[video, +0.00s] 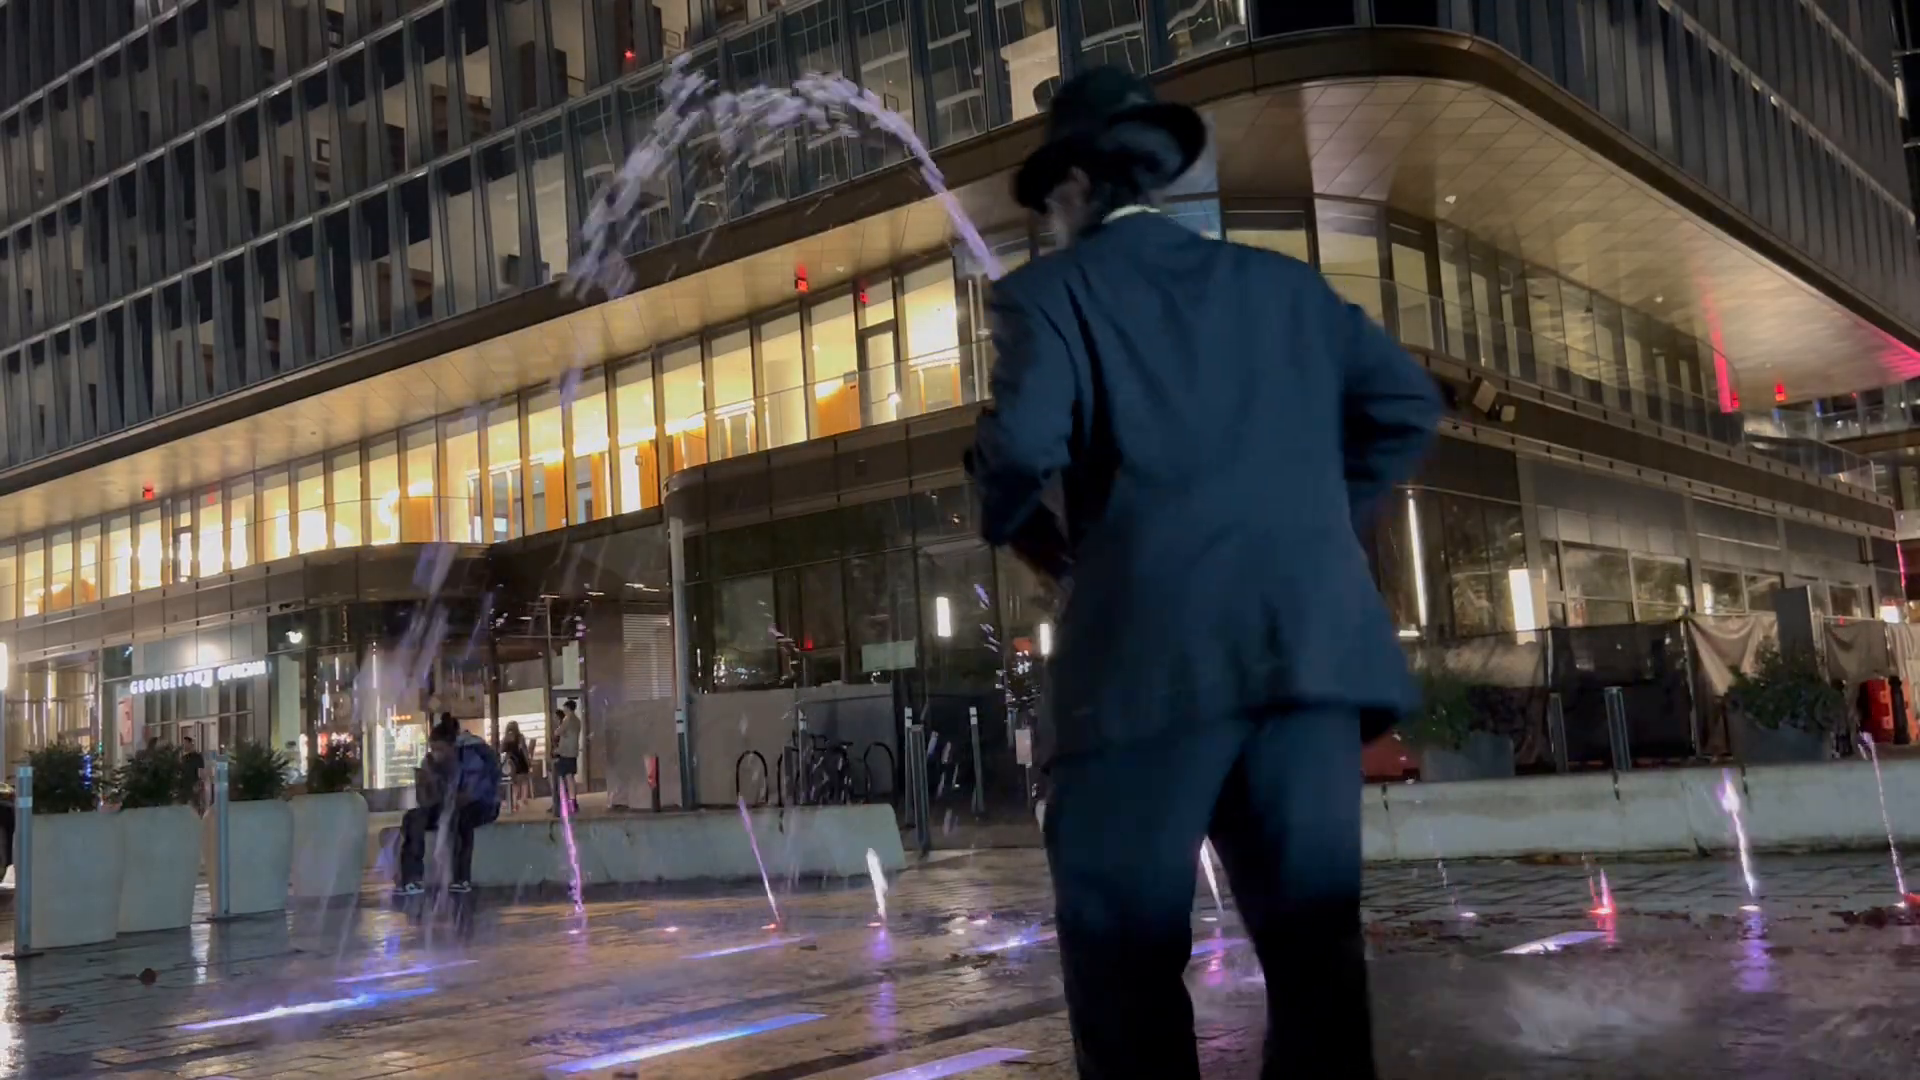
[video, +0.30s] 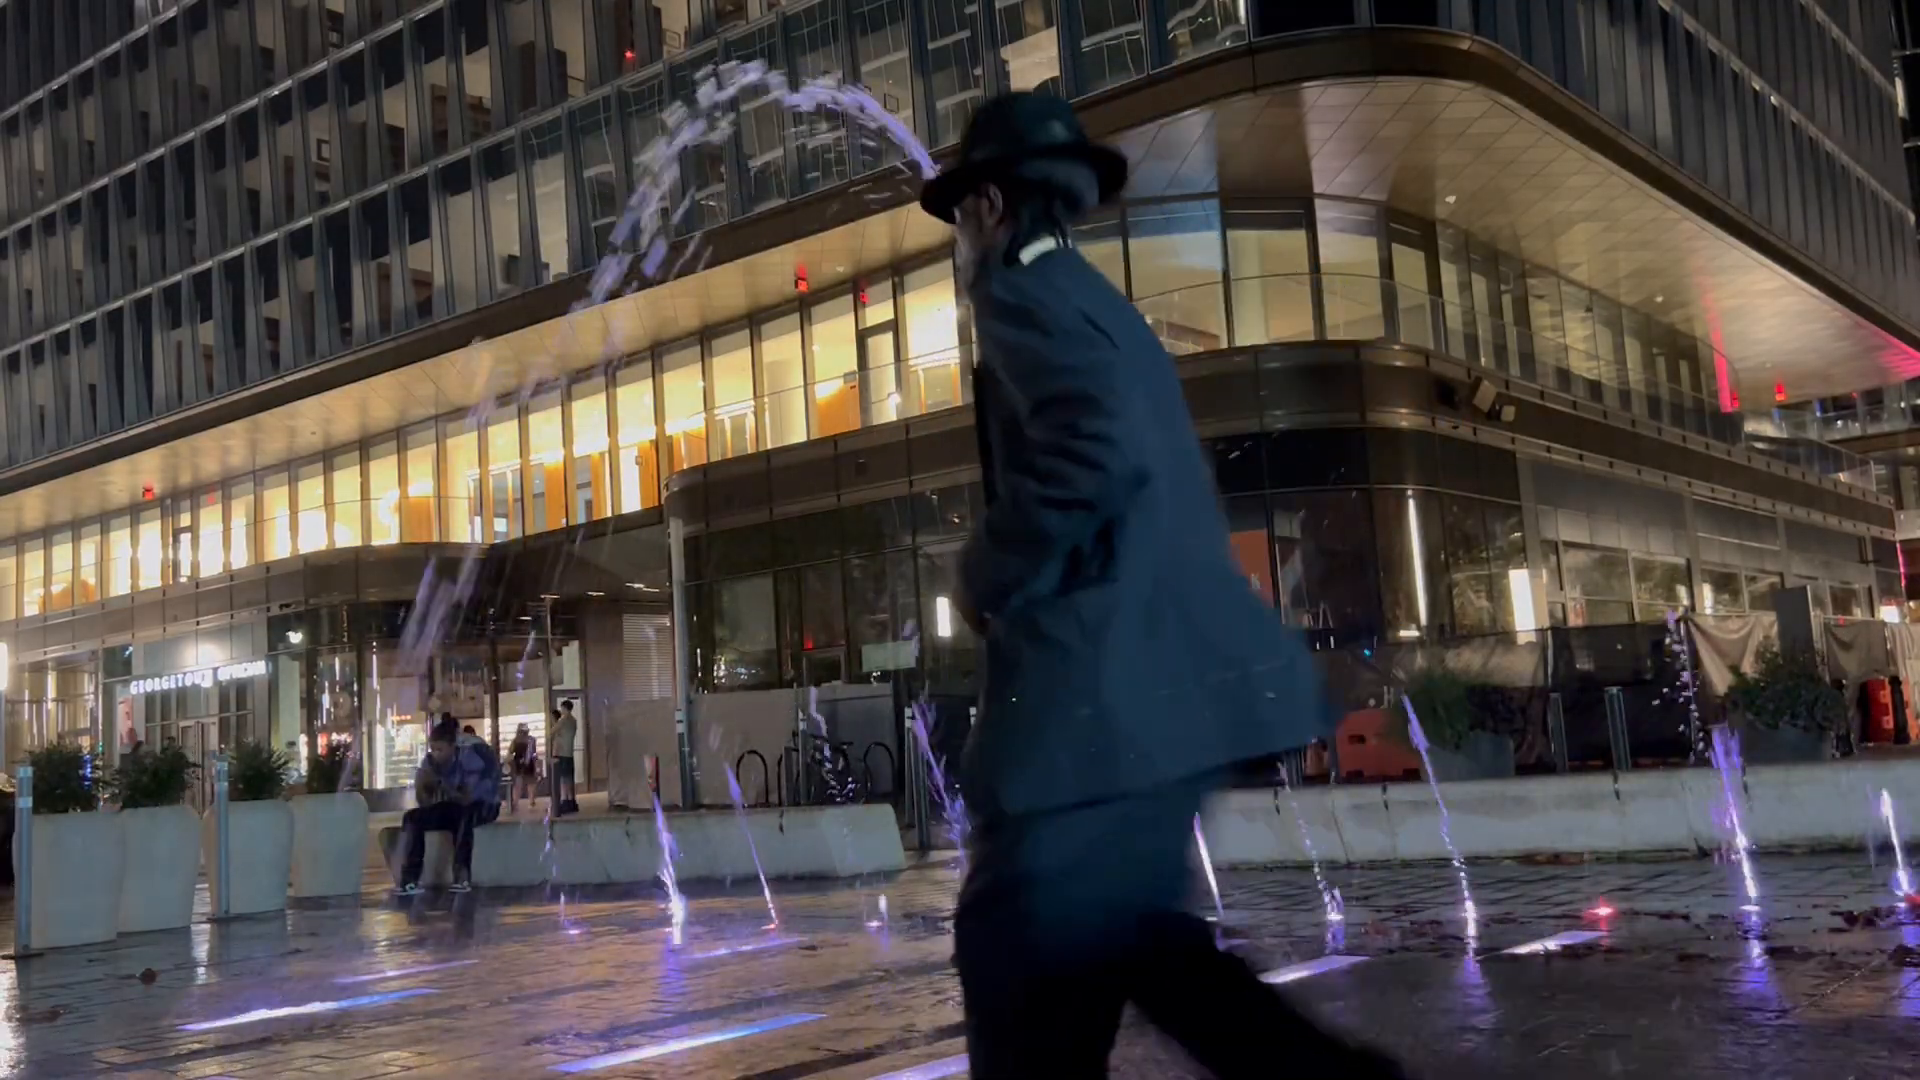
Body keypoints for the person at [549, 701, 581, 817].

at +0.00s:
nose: (564, 711)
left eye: (565, 709)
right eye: (564, 709)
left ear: (567, 709)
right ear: (573, 709)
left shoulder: (567, 720)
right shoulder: (577, 720)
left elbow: (558, 732)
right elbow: (573, 735)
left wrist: (559, 727)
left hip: (564, 753)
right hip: (573, 752)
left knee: (560, 779)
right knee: (571, 778)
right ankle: (573, 801)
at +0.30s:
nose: (561, 711)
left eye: (562, 708)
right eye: (561, 709)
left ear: (564, 708)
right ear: (570, 708)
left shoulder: (563, 720)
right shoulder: (573, 720)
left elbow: (553, 732)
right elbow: (569, 735)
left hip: (561, 753)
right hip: (569, 753)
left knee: (564, 779)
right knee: (570, 779)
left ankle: (565, 801)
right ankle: (572, 800)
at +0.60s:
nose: (558, 710)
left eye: (558, 708)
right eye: (558, 708)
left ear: (561, 708)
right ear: (567, 708)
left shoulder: (559, 720)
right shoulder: (570, 720)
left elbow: (552, 731)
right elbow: (570, 736)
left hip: (560, 754)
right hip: (568, 753)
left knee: (559, 779)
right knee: (570, 780)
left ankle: (558, 803)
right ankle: (571, 801)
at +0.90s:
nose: (557, 709)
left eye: (558, 707)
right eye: (558, 707)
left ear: (559, 708)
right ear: (567, 708)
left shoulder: (560, 720)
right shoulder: (569, 720)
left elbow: (551, 731)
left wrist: (551, 719)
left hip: (558, 753)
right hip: (567, 753)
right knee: (567, 780)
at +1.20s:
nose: (560, 710)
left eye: (563, 708)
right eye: (560, 707)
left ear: (568, 708)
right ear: (559, 708)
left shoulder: (571, 721)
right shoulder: (558, 720)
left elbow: (569, 739)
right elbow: (554, 736)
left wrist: (567, 754)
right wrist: (551, 753)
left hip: (567, 754)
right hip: (556, 753)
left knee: (568, 779)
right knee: (555, 780)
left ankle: (571, 802)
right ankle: (555, 803)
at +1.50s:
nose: (564, 710)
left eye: (565, 708)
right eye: (564, 708)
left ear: (568, 708)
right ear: (573, 708)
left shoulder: (568, 721)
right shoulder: (574, 720)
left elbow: (558, 732)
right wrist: (558, 725)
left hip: (566, 753)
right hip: (571, 752)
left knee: (567, 779)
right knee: (570, 779)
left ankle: (570, 802)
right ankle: (572, 802)